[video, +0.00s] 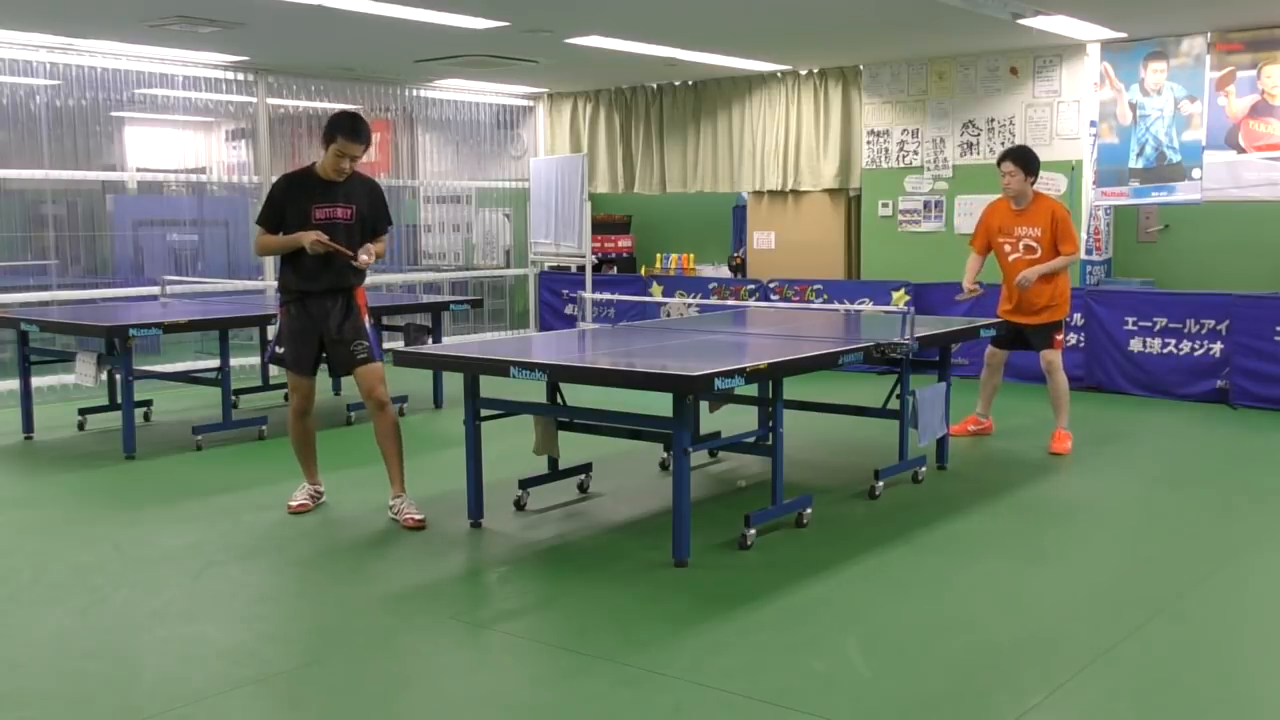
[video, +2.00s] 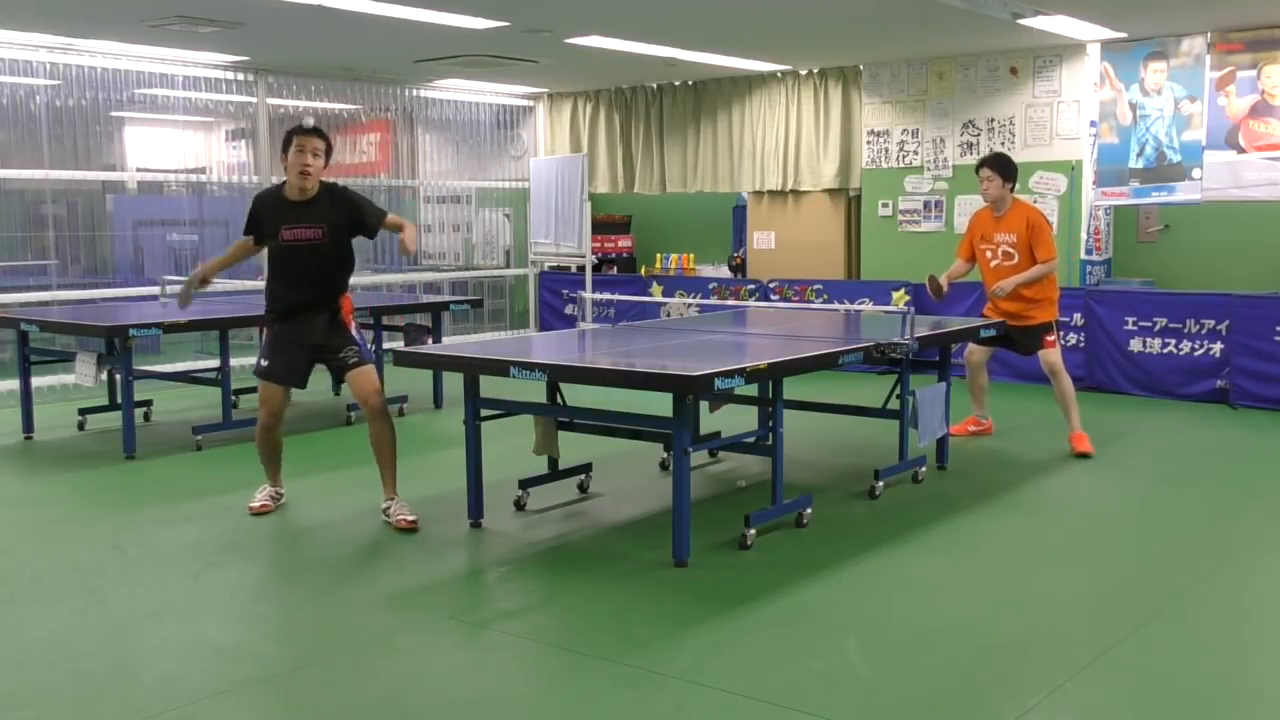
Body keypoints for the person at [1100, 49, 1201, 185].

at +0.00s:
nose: (1158, 77)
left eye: (1162, 72)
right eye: (1154, 71)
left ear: (1167, 73)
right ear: (1143, 72)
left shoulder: (1173, 89)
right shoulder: (1135, 91)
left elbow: (1198, 106)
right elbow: (1125, 121)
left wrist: (1191, 107)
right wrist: (1120, 95)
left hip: (1171, 161)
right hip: (1141, 163)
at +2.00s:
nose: (1158, 77)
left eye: (1162, 72)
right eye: (1154, 71)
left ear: (1167, 73)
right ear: (1143, 72)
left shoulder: (1173, 89)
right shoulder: (1134, 91)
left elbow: (1198, 106)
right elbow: (1125, 121)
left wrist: (1191, 107)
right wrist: (1121, 95)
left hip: (1171, 162)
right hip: (1141, 164)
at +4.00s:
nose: (1158, 76)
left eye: (1162, 71)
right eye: (1154, 71)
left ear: (1167, 72)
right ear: (1143, 72)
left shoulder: (1173, 89)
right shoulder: (1134, 90)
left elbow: (1199, 105)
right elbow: (1125, 120)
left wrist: (1191, 106)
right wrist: (1120, 94)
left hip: (1171, 161)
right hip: (1141, 163)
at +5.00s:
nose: (1158, 76)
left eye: (1162, 71)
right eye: (1154, 71)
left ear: (1167, 72)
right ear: (1143, 71)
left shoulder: (1173, 89)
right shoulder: (1134, 90)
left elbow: (1199, 105)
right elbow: (1125, 120)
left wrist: (1191, 106)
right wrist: (1120, 93)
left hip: (1171, 159)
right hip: (1141, 162)